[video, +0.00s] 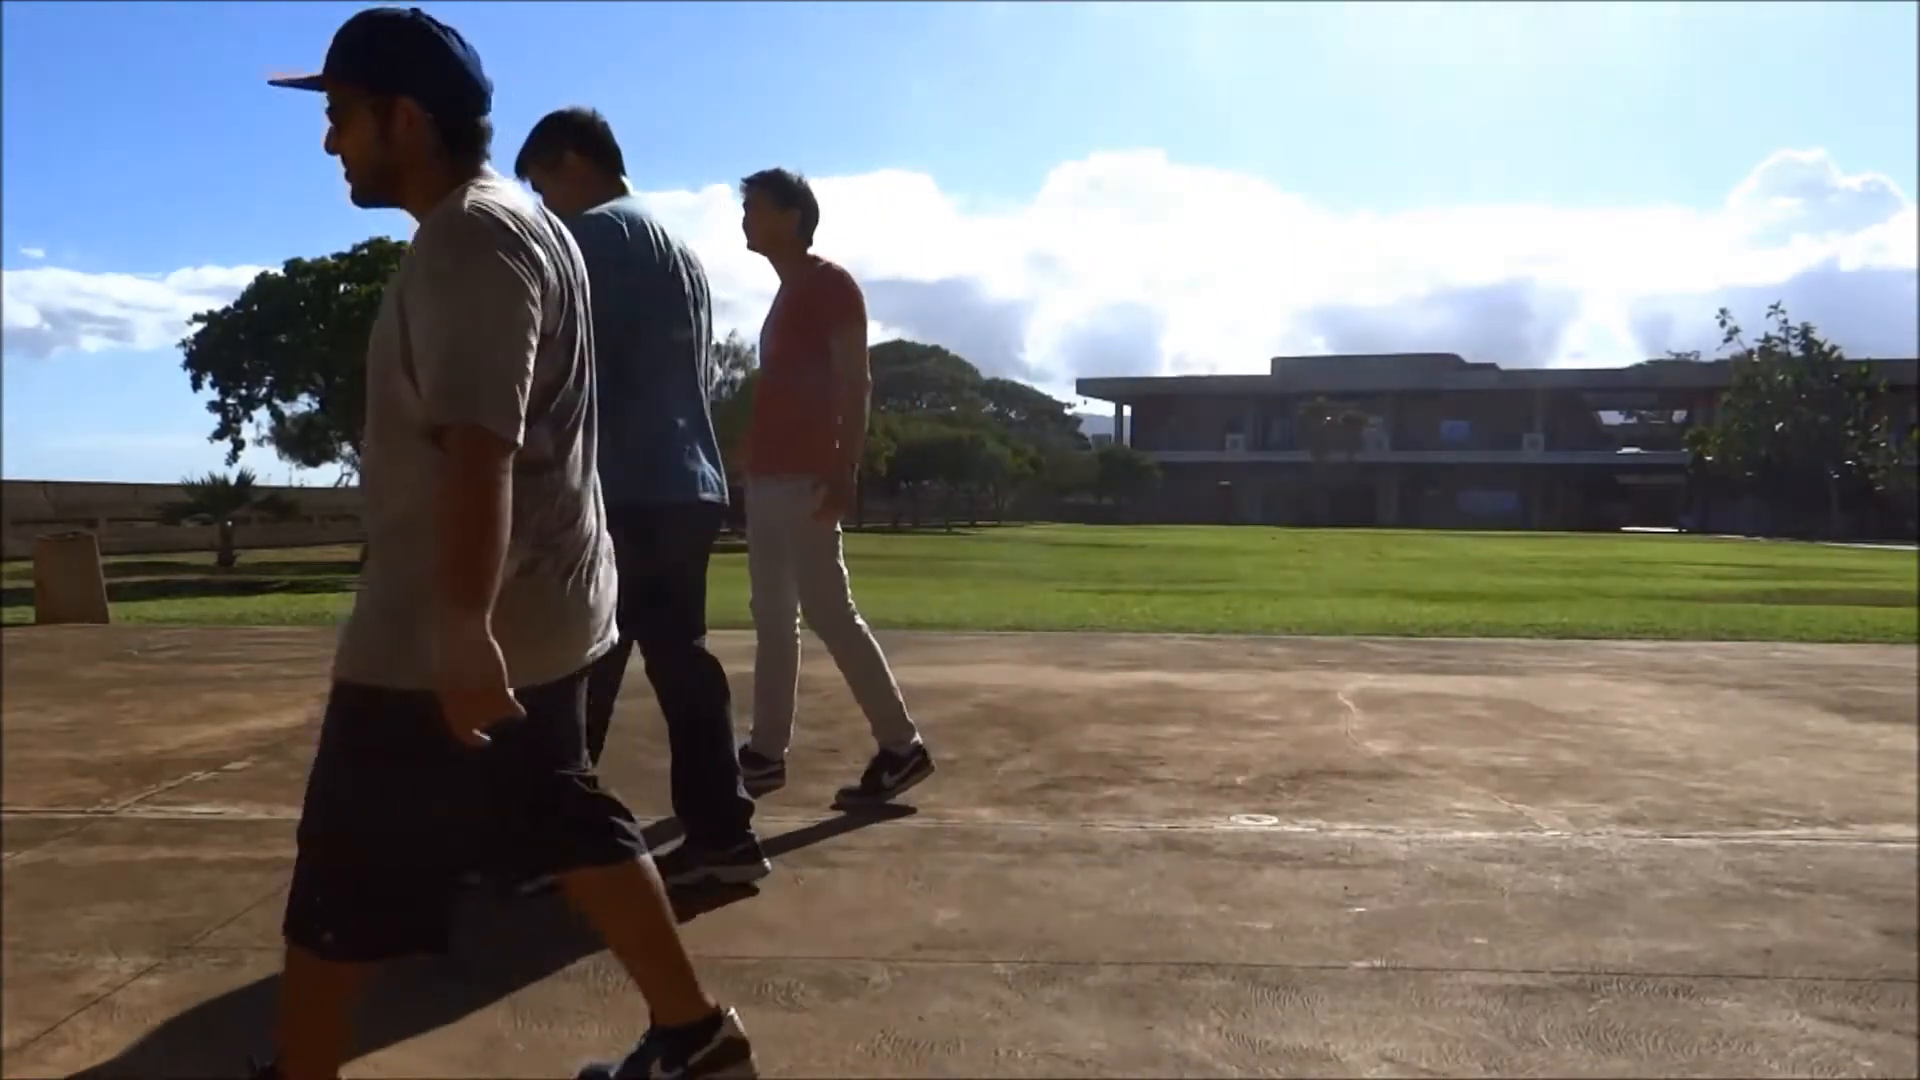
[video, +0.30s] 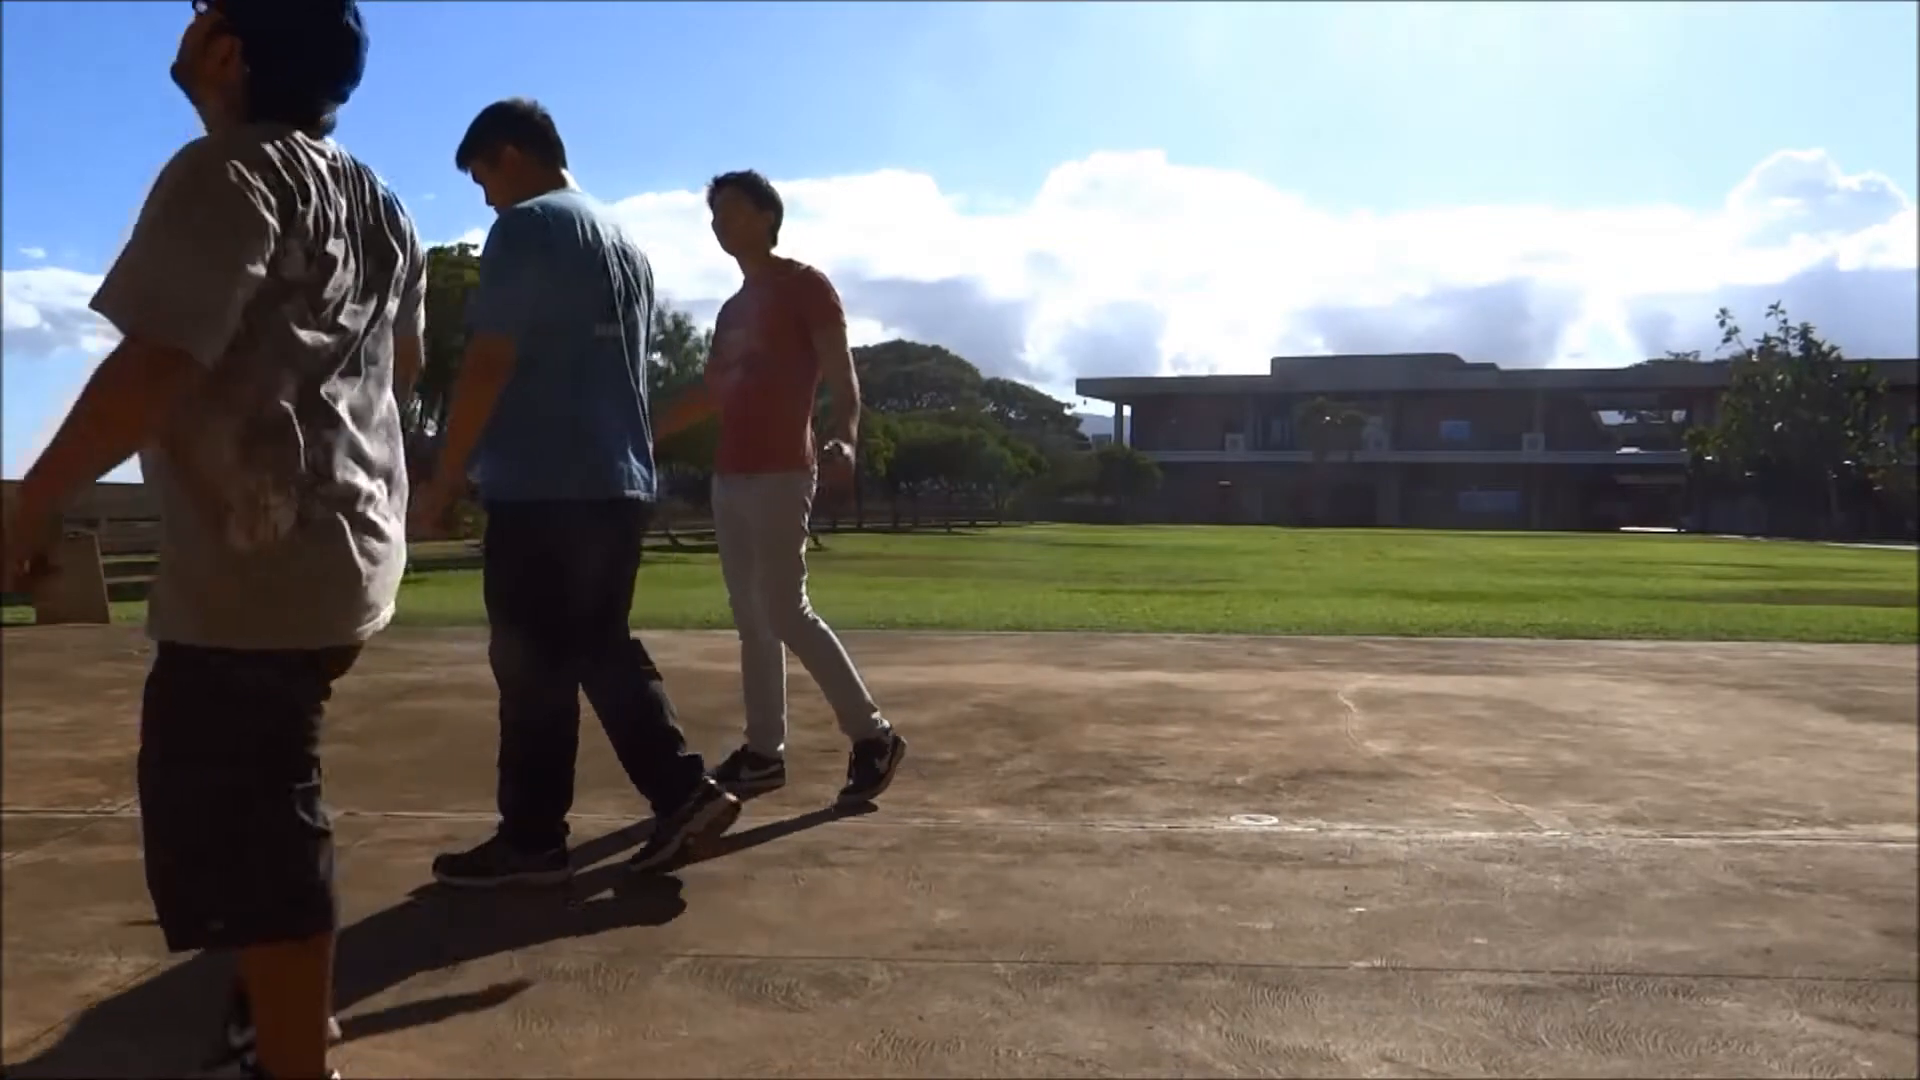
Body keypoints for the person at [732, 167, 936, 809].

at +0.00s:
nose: (743, 221)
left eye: (753, 209)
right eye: (744, 209)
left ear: (791, 217)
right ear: (779, 220)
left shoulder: (832, 285)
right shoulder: (787, 294)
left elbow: (855, 386)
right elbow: (779, 392)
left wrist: (846, 472)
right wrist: (752, 467)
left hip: (807, 478)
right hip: (766, 479)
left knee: (832, 616)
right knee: (772, 620)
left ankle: (902, 746)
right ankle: (764, 754)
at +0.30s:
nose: (716, 225)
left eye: (726, 213)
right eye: (714, 215)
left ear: (763, 215)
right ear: (723, 224)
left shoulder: (807, 287)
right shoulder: (731, 309)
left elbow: (844, 381)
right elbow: (711, 392)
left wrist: (845, 441)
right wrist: (649, 433)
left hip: (781, 477)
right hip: (730, 481)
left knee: (787, 614)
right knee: (751, 620)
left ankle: (873, 739)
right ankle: (763, 752)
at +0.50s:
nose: (710, 226)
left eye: (721, 213)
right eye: (705, 217)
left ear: (755, 218)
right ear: (705, 228)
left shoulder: (796, 285)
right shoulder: (712, 312)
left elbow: (844, 360)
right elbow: (672, 385)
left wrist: (852, 406)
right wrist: (601, 409)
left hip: (775, 477)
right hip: (721, 479)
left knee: (775, 610)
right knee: (743, 618)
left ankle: (831, 746)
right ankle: (762, 752)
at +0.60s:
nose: (712, 227)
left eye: (723, 214)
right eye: (704, 218)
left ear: (753, 219)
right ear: (699, 229)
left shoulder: (795, 288)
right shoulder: (703, 315)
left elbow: (850, 361)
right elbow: (661, 389)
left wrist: (855, 388)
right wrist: (584, 394)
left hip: (775, 478)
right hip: (716, 481)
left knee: (786, 613)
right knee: (741, 621)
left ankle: (828, 747)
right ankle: (761, 752)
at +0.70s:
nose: (713, 224)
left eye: (724, 211)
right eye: (705, 216)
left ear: (753, 218)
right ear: (698, 229)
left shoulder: (795, 291)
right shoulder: (698, 313)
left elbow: (848, 355)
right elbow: (648, 385)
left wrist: (856, 377)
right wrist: (569, 385)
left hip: (778, 481)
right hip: (716, 485)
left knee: (802, 617)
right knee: (743, 624)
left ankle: (843, 748)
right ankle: (762, 752)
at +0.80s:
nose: (722, 225)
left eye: (733, 212)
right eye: (711, 216)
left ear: (757, 219)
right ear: (702, 228)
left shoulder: (794, 290)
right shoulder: (695, 311)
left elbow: (848, 345)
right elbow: (637, 376)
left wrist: (860, 377)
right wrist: (585, 377)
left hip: (781, 480)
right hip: (717, 485)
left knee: (814, 616)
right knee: (742, 626)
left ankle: (853, 748)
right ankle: (762, 751)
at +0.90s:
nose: (733, 223)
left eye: (745, 213)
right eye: (723, 214)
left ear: (764, 221)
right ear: (708, 225)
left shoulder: (798, 292)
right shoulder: (695, 309)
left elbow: (856, 345)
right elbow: (632, 364)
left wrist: (875, 376)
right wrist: (598, 377)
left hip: (786, 482)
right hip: (718, 486)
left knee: (819, 618)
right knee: (742, 626)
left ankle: (855, 749)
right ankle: (761, 752)